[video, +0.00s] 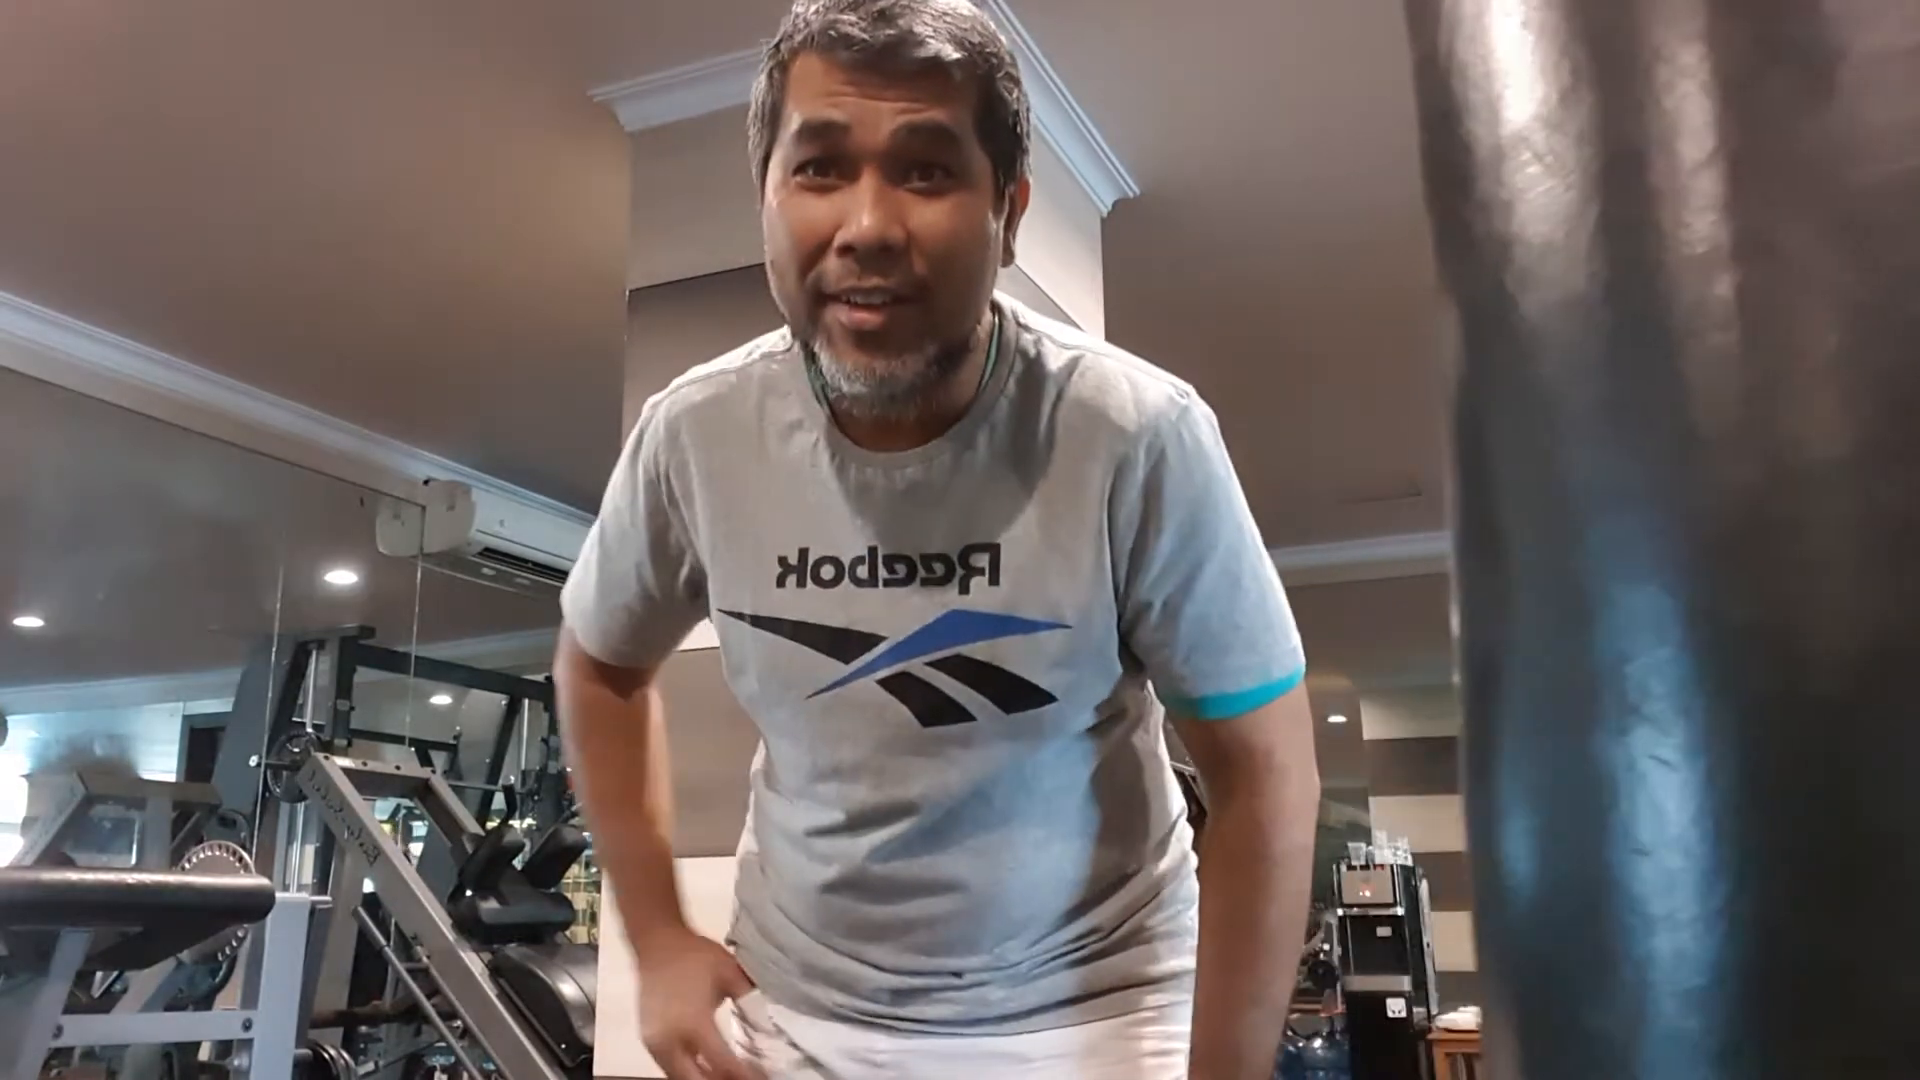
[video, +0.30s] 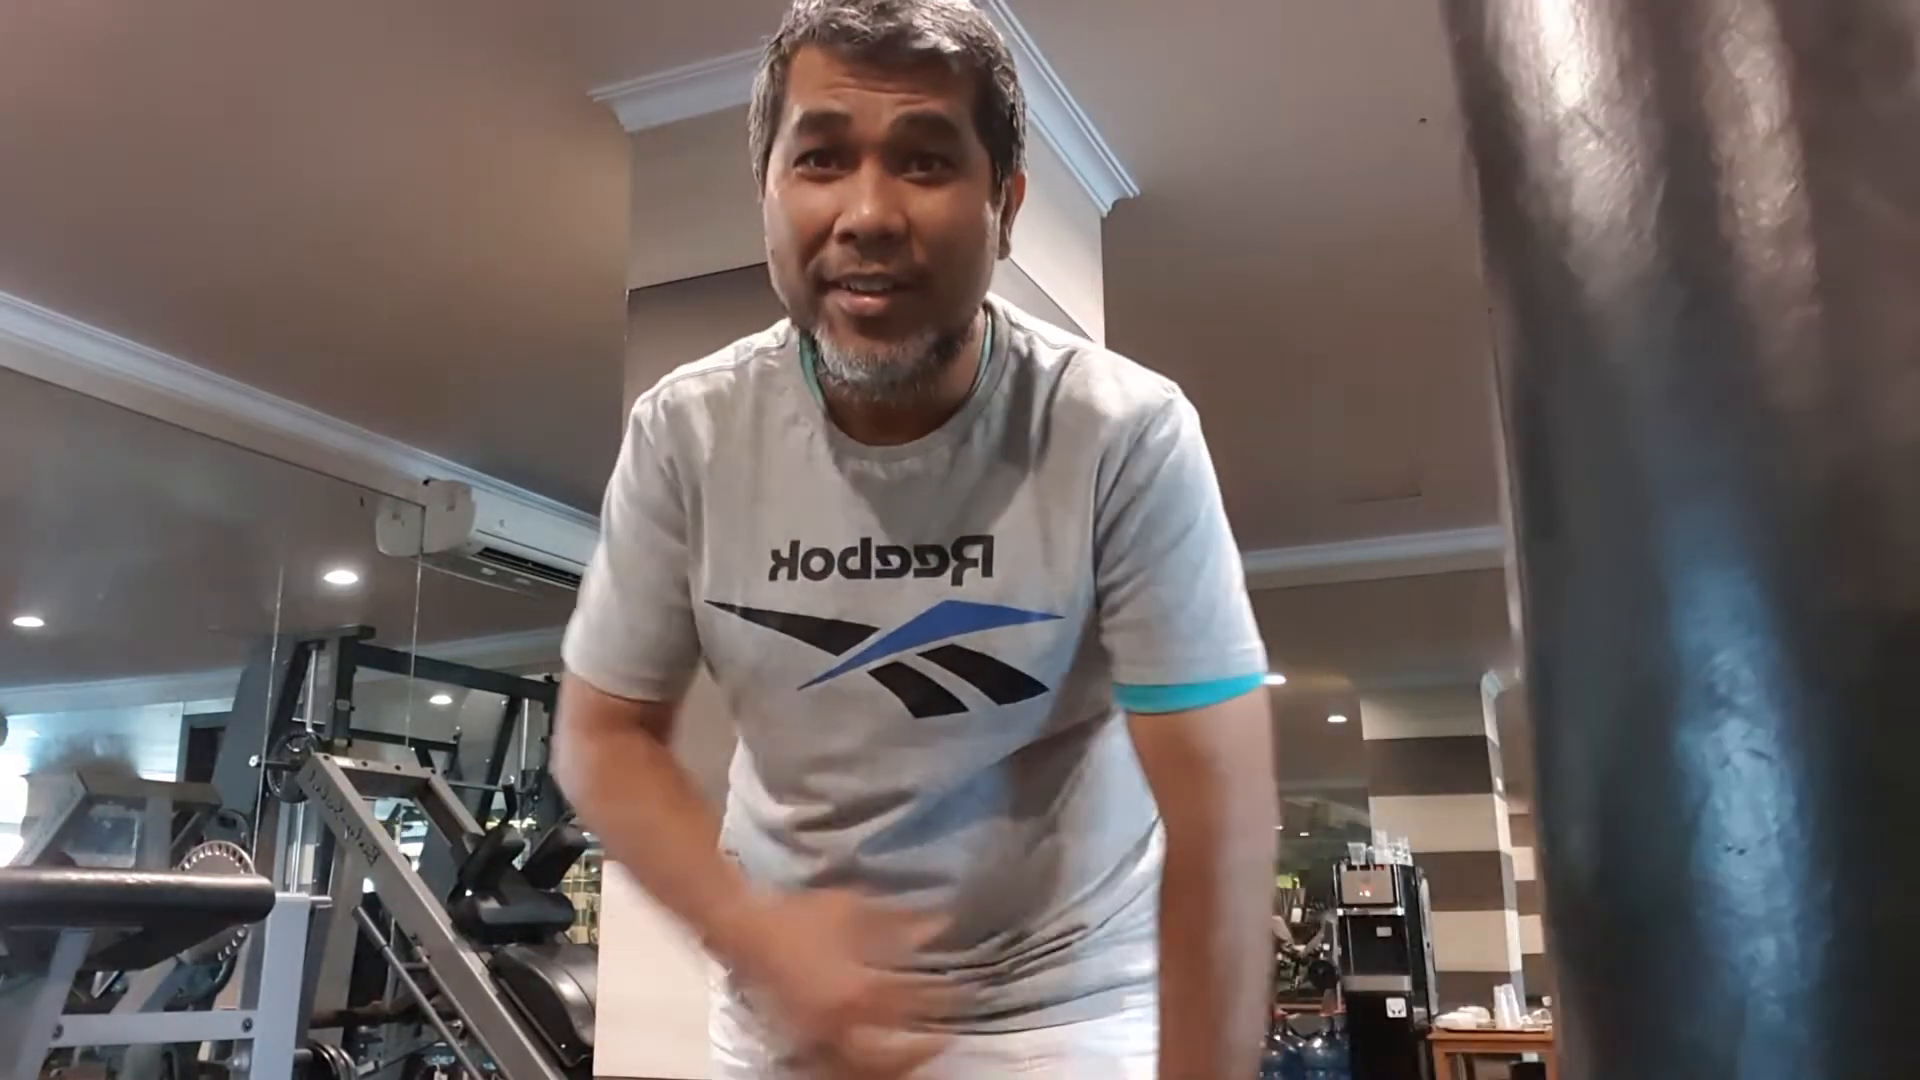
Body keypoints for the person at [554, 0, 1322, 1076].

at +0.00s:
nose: (867, 227)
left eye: (925, 171)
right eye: (819, 168)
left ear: (1009, 209)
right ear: (765, 203)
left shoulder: (1142, 440)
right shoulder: (690, 442)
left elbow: (1262, 774)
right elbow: (603, 663)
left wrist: (1229, 1068)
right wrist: (658, 937)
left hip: (1092, 1011)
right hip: (797, 1008)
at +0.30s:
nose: (869, 214)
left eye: (925, 162)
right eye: (821, 159)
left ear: (1005, 204)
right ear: (765, 197)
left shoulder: (1125, 439)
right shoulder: (686, 437)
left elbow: (1223, 815)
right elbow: (603, 733)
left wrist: (1204, 1067)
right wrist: (760, 936)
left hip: (1063, 1000)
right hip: (792, 991)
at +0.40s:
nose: (867, 211)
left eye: (923, 160)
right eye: (819, 157)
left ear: (1003, 203)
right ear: (763, 193)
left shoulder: (1121, 438)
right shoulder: (687, 433)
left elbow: (1178, 850)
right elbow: (652, 780)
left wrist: (1170, 1072)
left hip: (1050, 1026)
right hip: (777, 1015)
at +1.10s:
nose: (846, 205)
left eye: (905, 154)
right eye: (799, 148)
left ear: (985, 202)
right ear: (744, 187)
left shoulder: (1098, 435)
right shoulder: (673, 399)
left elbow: (1156, 822)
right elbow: (679, 745)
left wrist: (1134, 1073)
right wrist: (979, 662)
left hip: (1022, 1026)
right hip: (754, 1012)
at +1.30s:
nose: (842, 209)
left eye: (898, 158)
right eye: (796, 155)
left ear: (979, 201)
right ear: (737, 187)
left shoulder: (1090, 434)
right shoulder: (671, 403)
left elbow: (1218, 800)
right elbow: (676, 745)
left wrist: (1035, 1058)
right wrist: (960, 628)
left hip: (1048, 1025)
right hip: (763, 1019)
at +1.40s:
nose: (842, 214)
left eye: (900, 161)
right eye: (796, 159)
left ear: (980, 204)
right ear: (736, 190)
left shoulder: (1089, 431)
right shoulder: (671, 407)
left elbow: (1235, 792)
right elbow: (675, 746)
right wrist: (965, 635)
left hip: (1053, 1017)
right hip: (767, 1017)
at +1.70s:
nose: (803, 206)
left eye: (852, 152)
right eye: (749, 162)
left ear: (931, 195)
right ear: (691, 215)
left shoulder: (1067, 422)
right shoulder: (657, 432)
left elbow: (1202, 784)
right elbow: (676, 781)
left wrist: (920, 975)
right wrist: (941, 658)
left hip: (1054, 1004)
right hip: (770, 1002)